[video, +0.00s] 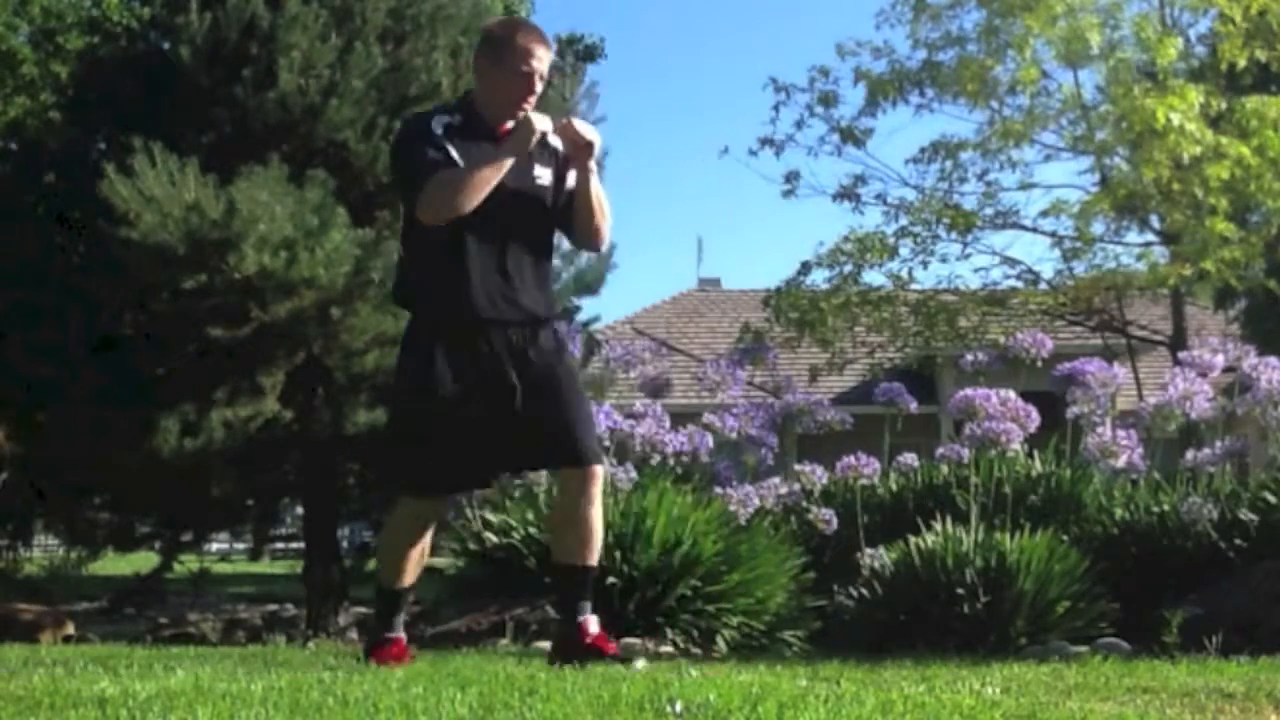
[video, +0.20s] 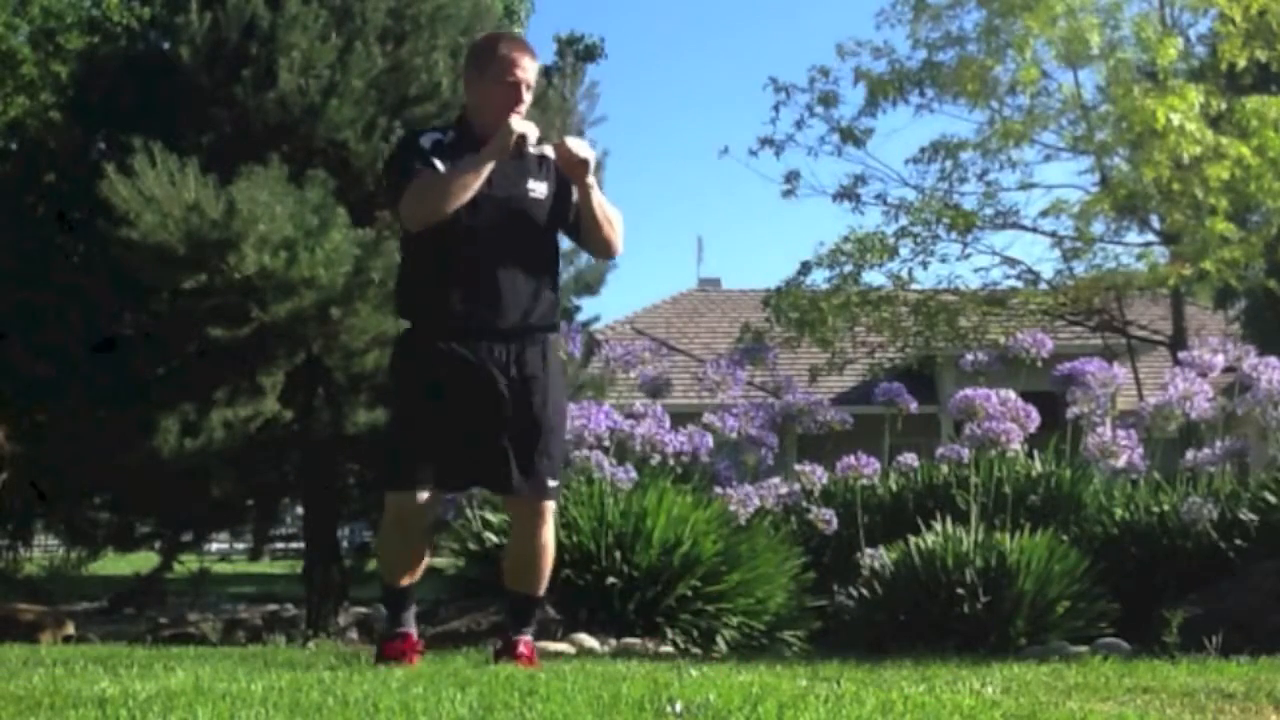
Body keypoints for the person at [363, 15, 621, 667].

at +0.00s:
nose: (532, 87)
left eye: (542, 77)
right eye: (522, 72)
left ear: (548, 83)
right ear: (480, 66)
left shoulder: (551, 149)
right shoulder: (428, 131)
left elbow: (593, 236)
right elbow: (436, 207)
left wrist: (583, 166)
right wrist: (512, 152)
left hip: (536, 337)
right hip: (446, 338)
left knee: (583, 468)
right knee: (422, 495)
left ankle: (578, 628)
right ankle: (387, 631)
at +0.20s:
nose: (519, 97)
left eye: (527, 88)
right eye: (508, 83)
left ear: (535, 95)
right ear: (470, 81)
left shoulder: (550, 166)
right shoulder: (427, 149)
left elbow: (608, 246)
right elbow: (416, 213)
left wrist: (584, 181)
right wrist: (492, 153)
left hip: (530, 351)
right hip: (438, 348)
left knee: (536, 498)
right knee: (410, 499)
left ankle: (520, 636)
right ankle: (399, 628)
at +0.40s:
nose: (499, 84)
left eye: (508, 75)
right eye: (488, 71)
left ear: (517, 82)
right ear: (453, 69)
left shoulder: (533, 147)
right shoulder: (411, 134)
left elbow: (578, 232)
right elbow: (394, 210)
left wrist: (553, 164)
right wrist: (470, 151)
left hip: (503, 342)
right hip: (414, 339)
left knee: (518, 495)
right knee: (379, 490)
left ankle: (516, 634)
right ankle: (377, 613)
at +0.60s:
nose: (456, 102)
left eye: (465, 95)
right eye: (444, 89)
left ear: (472, 107)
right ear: (404, 91)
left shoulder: (494, 173)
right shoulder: (363, 156)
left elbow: (548, 240)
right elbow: (365, 208)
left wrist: (523, 164)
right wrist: (440, 141)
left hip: (475, 360)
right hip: (386, 359)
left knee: (511, 493)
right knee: (371, 504)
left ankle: (505, 634)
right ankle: (353, 638)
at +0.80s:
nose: (450, 77)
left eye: (459, 70)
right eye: (438, 64)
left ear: (466, 80)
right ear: (399, 65)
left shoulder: (485, 142)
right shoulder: (359, 130)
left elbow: (540, 215)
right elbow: (360, 195)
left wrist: (515, 139)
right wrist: (433, 124)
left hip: (473, 335)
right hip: (385, 336)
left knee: (497, 480)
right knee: (366, 494)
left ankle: (489, 626)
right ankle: (352, 634)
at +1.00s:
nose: (462, 87)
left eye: (472, 80)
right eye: (451, 72)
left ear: (478, 92)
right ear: (412, 70)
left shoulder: (501, 156)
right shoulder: (373, 141)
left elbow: (560, 225)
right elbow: (355, 190)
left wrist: (532, 149)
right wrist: (427, 127)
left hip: (481, 348)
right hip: (392, 345)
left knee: (500, 497)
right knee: (369, 502)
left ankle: (498, 635)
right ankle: (372, 633)